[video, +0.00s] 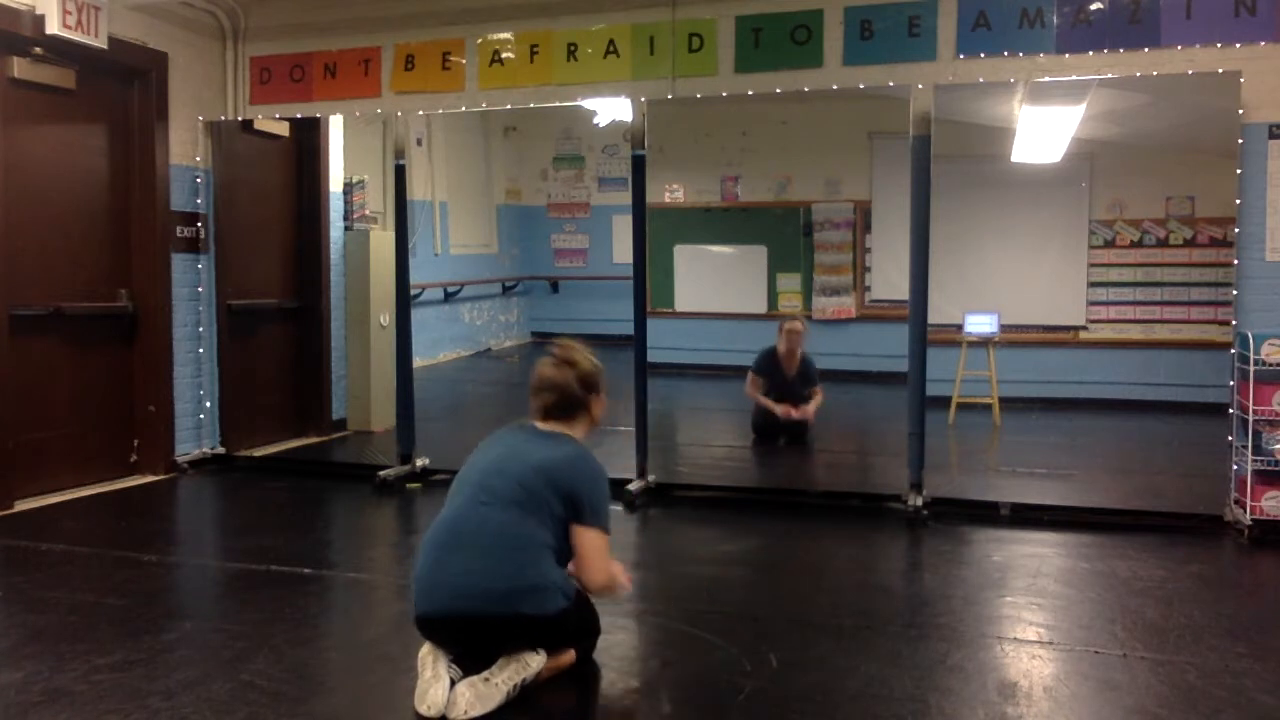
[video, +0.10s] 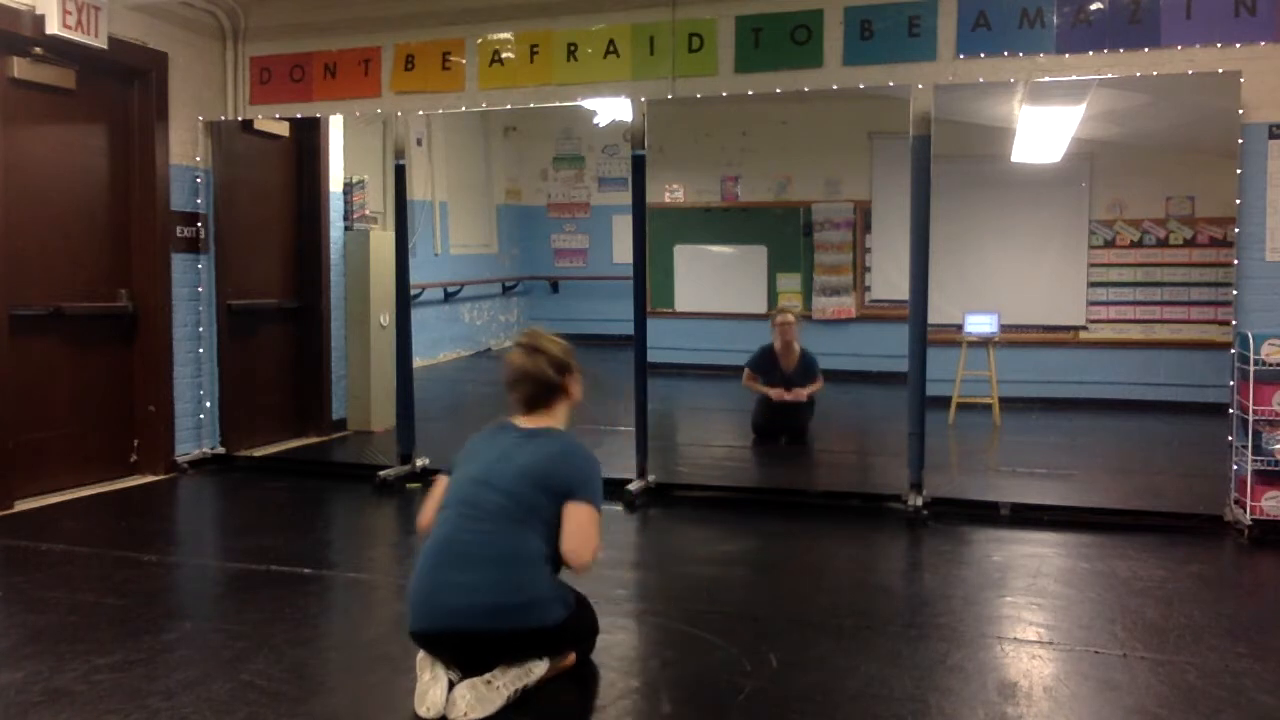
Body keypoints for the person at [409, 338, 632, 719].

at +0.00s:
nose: (604, 405)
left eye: (602, 395)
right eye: (602, 396)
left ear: (537, 398)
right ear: (593, 404)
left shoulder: (496, 443)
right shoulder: (580, 464)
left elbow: (502, 537)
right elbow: (594, 577)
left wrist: (573, 565)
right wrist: (613, 576)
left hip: (437, 597)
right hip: (520, 598)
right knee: (582, 632)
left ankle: (442, 663)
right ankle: (512, 676)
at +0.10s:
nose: (581, 384)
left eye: (578, 374)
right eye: (578, 375)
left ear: (516, 386)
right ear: (569, 385)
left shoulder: (479, 442)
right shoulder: (574, 457)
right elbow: (579, 556)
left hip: (431, 620)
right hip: (517, 618)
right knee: (583, 625)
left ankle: (443, 671)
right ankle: (502, 686)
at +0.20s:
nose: (556, 369)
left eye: (551, 361)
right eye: (552, 362)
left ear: (491, 385)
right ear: (544, 375)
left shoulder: (462, 440)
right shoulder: (565, 446)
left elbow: (408, 524)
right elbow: (566, 539)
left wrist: (466, 527)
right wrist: (548, 557)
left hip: (430, 625)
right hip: (518, 625)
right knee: (583, 620)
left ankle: (444, 676)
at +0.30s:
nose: (533, 363)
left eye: (529, 356)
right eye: (529, 357)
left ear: (474, 383)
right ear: (522, 365)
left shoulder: (449, 442)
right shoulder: (559, 437)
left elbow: (405, 530)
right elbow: (570, 528)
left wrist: (462, 531)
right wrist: (552, 559)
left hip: (432, 625)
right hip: (522, 624)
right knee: (583, 619)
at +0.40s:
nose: (519, 373)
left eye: (513, 368)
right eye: (515, 368)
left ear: (459, 390)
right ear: (508, 371)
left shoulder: (440, 450)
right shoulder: (555, 435)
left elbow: (404, 545)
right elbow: (586, 523)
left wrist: (457, 532)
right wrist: (552, 562)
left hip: (436, 626)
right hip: (528, 624)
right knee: (583, 617)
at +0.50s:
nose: (502, 385)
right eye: (498, 382)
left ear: (450, 408)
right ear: (494, 385)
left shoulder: (441, 457)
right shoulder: (555, 438)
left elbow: (410, 572)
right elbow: (593, 533)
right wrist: (555, 568)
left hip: (437, 624)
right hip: (531, 620)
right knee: (583, 615)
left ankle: (447, 673)